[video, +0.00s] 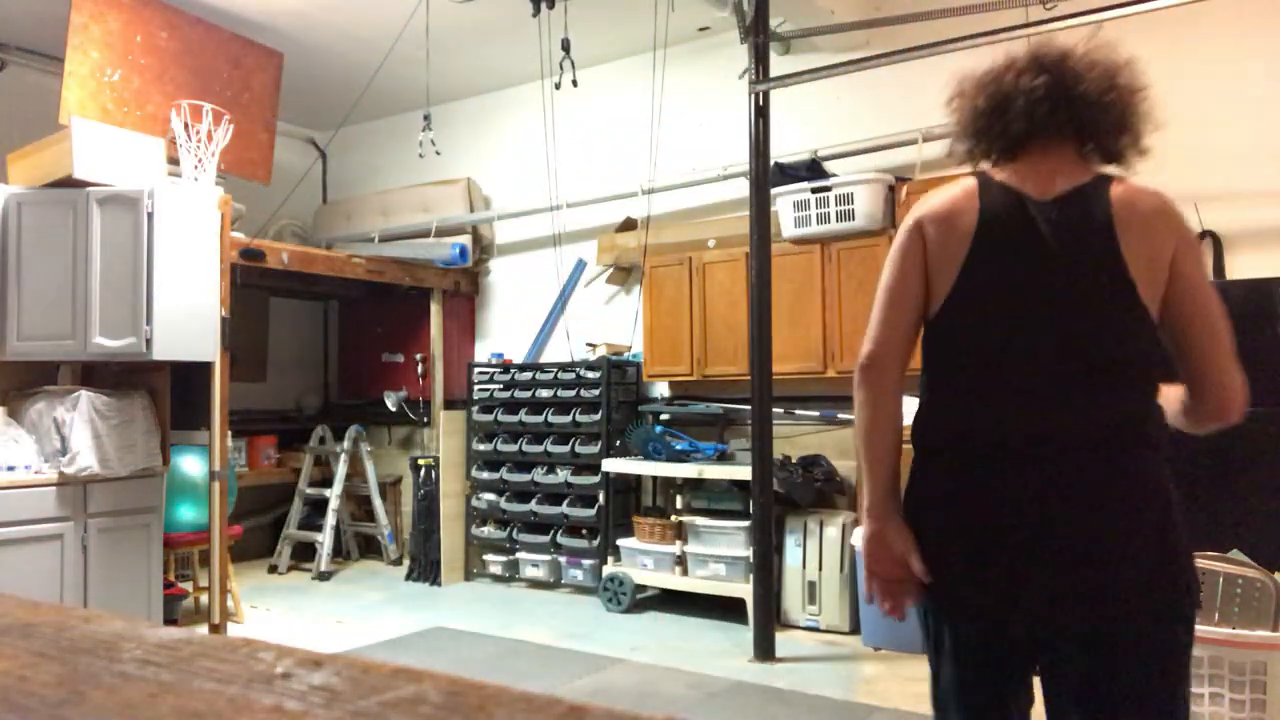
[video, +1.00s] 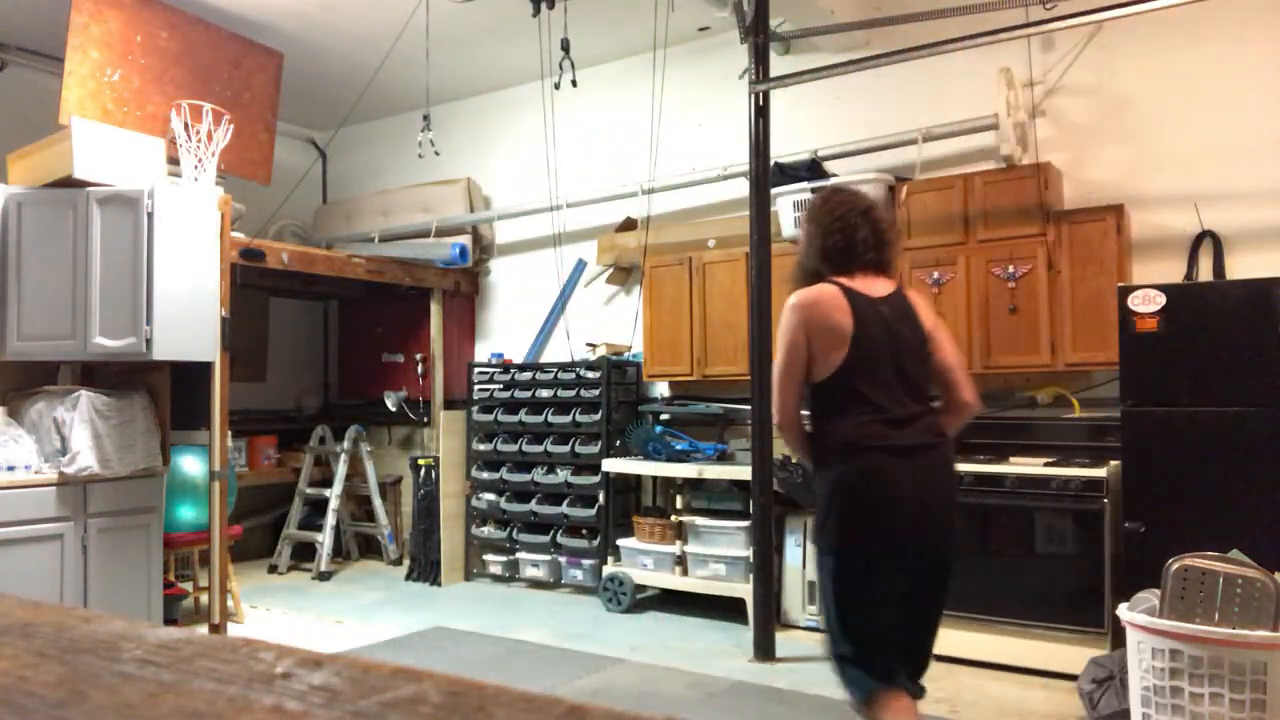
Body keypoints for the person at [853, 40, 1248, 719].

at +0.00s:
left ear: (993, 127)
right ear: (1095, 126)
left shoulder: (938, 217)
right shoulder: (1151, 215)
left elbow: (876, 370)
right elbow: (1221, 403)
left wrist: (879, 514)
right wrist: (1140, 387)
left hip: (969, 546)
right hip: (1121, 548)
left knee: (975, 708)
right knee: (1127, 709)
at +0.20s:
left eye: (940, 177)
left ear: (952, 179)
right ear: (1047, 172)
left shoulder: (919, 260)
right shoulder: (1098, 254)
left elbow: (872, 402)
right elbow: (1160, 407)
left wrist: (869, 521)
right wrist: (1096, 384)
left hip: (961, 559)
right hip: (1088, 553)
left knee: (977, 710)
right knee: (1103, 710)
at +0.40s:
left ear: (914, 198)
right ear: (1001, 186)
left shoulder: (894, 271)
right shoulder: (1057, 263)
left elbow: (854, 409)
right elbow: (1103, 400)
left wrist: (872, 483)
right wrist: (1038, 385)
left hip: (940, 532)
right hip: (1051, 525)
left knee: (957, 704)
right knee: (1064, 702)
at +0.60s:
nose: (870, 219)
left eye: (876, 208)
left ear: (885, 209)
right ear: (960, 195)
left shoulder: (870, 276)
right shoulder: (1015, 265)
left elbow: (843, 405)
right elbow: (1064, 389)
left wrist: (900, 430)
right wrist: (998, 402)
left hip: (920, 494)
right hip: (1016, 486)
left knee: (943, 683)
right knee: (1013, 678)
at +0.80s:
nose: (831, 243)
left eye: (833, 232)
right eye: (830, 233)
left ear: (848, 232)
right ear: (912, 218)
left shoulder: (840, 295)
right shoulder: (972, 283)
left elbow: (818, 415)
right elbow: (1024, 390)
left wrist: (869, 448)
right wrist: (969, 432)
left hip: (894, 494)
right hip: (978, 490)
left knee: (919, 687)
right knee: (954, 683)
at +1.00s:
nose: (800, 240)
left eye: (806, 231)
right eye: (804, 229)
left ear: (817, 243)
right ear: (880, 239)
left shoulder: (807, 306)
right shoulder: (912, 301)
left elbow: (786, 419)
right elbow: (965, 399)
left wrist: (828, 465)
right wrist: (919, 444)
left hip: (859, 487)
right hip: (931, 481)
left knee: (860, 659)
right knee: (903, 661)